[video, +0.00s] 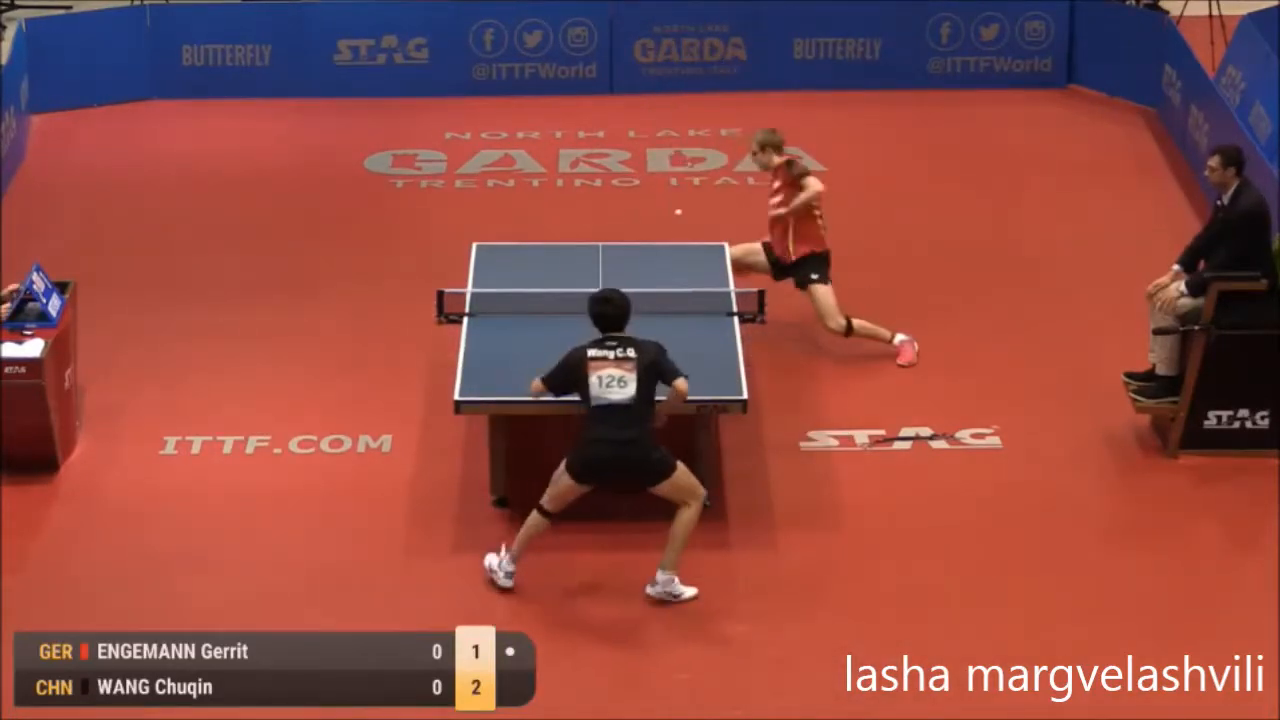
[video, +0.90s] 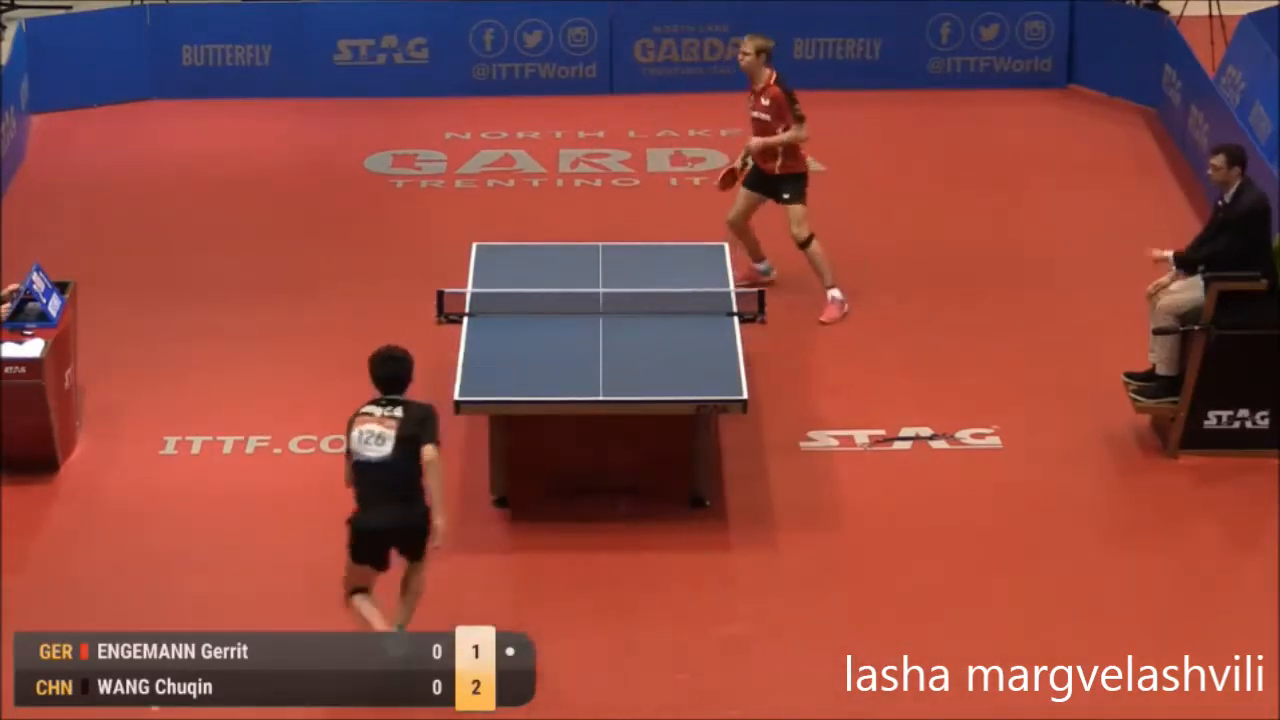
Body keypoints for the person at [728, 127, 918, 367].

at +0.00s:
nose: (753, 159)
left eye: (755, 153)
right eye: (752, 154)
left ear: (767, 150)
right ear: (769, 151)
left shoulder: (791, 167)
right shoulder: (778, 175)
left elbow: (816, 189)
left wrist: (786, 211)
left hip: (809, 257)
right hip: (781, 253)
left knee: (835, 323)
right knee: (727, 257)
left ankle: (899, 340)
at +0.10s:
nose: (784, 145)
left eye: (786, 139)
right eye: (783, 140)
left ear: (799, 136)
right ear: (793, 138)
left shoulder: (832, 160)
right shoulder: (788, 164)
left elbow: (858, 195)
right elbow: (748, 158)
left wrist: (831, 177)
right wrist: (755, 124)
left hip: (818, 249)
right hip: (785, 244)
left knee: (843, 309)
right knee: (726, 268)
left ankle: (900, 340)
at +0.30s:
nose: (792, 108)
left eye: (797, 103)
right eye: (791, 103)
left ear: (815, 101)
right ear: (791, 102)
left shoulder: (840, 132)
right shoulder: (788, 124)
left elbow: (857, 161)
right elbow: (749, 131)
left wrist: (854, 172)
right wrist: (759, 99)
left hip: (820, 212)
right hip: (782, 208)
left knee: (853, 268)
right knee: (731, 253)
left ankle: (886, 328)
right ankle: (709, 314)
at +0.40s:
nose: (790, 108)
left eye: (795, 103)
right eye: (788, 102)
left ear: (813, 101)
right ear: (788, 101)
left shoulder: (837, 130)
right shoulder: (784, 128)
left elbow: (849, 155)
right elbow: (744, 150)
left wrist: (851, 180)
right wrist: (742, 122)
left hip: (821, 209)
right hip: (784, 208)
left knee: (853, 264)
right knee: (738, 265)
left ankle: (870, 323)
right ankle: (714, 318)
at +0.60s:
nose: (765, 91)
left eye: (771, 86)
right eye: (764, 85)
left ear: (787, 87)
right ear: (763, 86)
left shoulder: (812, 113)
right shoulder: (761, 115)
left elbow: (836, 139)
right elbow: (745, 149)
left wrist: (813, 159)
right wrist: (729, 153)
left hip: (809, 187)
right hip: (772, 186)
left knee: (836, 246)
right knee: (734, 237)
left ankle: (862, 310)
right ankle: (727, 296)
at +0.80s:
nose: (751, 68)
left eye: (757, 63)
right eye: (750, 63)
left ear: (772, 64)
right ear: (751, 65)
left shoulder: (797, 94)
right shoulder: (758, 96)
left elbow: (819, 132)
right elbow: (762, 134)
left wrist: (782, 145)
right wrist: (741, 160)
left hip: (803, 173)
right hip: (772, 170)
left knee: (808, 239)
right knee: (736, 220)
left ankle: (837, 296)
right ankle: (740, 273)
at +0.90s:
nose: (740, 58)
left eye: (745, 54)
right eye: (740, 53)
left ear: (762, 58)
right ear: (747, 58)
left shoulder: (780, 91)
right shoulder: (754, 91)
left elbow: (801, 132)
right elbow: (761, 131)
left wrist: (763, 143)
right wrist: (744, 159)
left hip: (791, 171)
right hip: (763, 169)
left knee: (800, 233)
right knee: (736, 221)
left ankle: (834, 295)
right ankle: (762, 269)